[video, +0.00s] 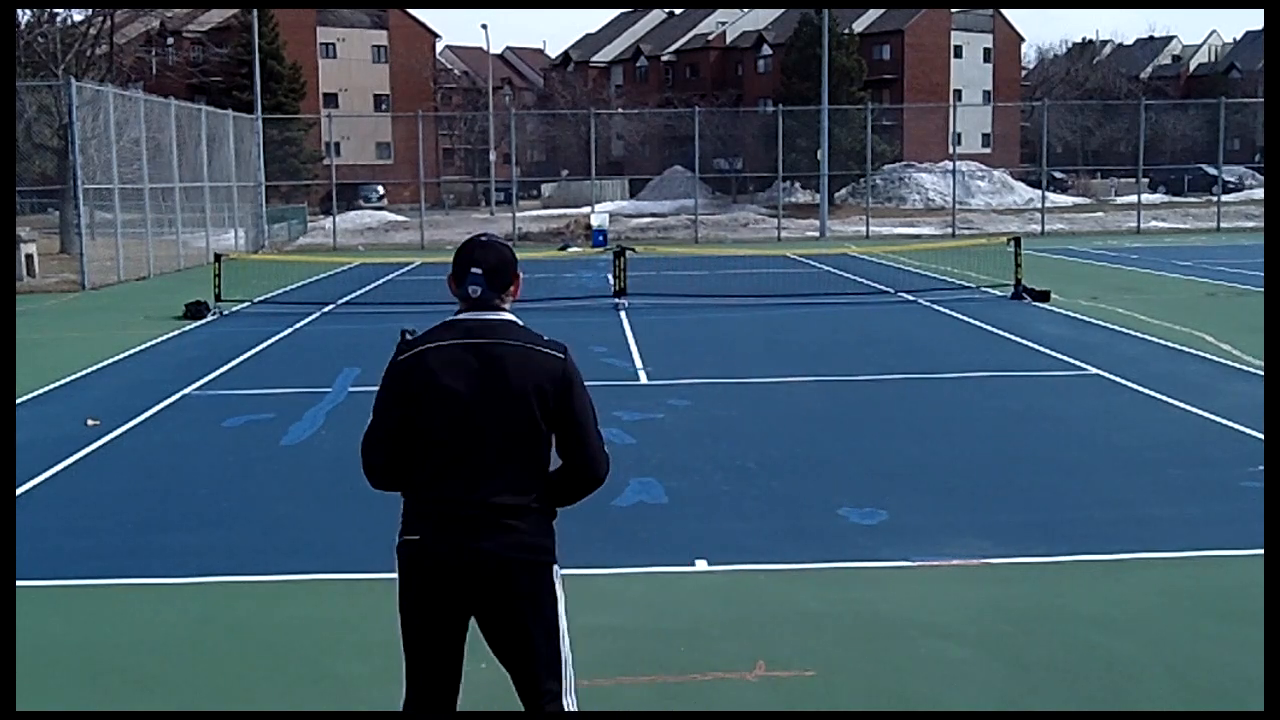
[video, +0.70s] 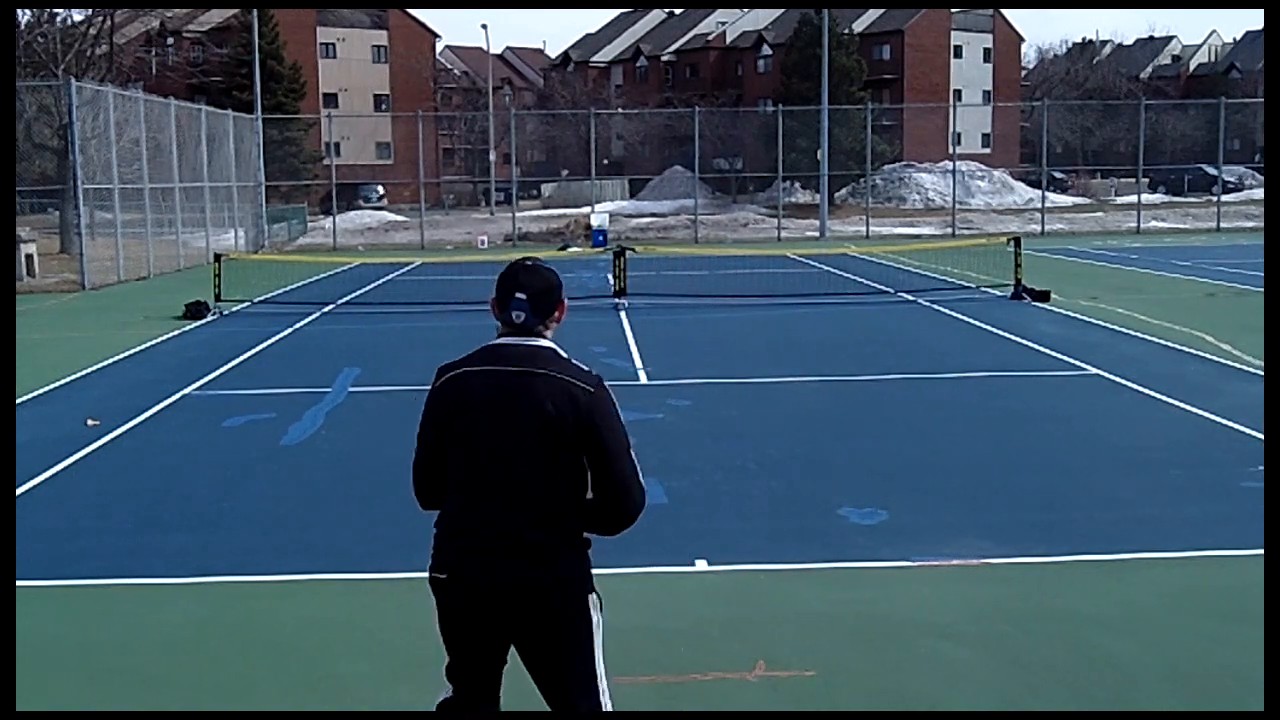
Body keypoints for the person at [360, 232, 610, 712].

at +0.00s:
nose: (517, 284)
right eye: (517, 279)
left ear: (453, 288)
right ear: (515, 286)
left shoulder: (411, 358)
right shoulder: (549, 359)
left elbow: (380, 469)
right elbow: (590, 466)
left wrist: (436, 474)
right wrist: (536, 497)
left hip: (430, 558)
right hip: (518, 559)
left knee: (427, 699)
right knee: (547, 697)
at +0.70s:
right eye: (561, 303)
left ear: (494, 309)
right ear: (559, 312)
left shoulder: (452, 380)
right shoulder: (583, 386)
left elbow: (429, 492)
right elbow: (623, 504)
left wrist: (486, 486)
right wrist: (569, 511)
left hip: (464, 580)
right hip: (553, 585)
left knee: (469, 698)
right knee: (583, 705)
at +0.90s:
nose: (523, 332)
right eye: (524, 325)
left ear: (460, 326)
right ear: (521, 332)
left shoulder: (418, 393)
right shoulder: (523, 407)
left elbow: (461, 478)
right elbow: (556, 536)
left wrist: (547, 458)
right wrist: (572, 515)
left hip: (418, 586)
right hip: (500, 594)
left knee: (466, 696)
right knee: (555, 703)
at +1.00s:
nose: (488, 334)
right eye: (488, 326)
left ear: (420, 327)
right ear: (482, 335)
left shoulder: (387, 392)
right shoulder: (461, 408)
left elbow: (447, 481)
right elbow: (492, 533)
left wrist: (527, 452)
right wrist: (546, 507)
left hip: (383, 590)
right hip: (451, 595)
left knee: (446, 705)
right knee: (521, 705)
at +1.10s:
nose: (451, 330)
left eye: (449, 320)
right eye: (452, 321)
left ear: (386, 323)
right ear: (444, 330)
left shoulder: (360, 380)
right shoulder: (406, 399)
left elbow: (440, 463)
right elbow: (443, 522)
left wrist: (510, 429)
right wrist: (514, 487)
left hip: (343, 587)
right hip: (392, 596)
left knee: (409, 705)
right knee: (480, 706)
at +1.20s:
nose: (416, 321)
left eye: (414, 311)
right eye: (417, 312)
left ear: (353, 309)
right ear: (411, 319)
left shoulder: (332, 361)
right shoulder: (363, 382)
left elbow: (417, 439)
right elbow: (395, 507)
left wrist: (480, 409)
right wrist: (485, 460)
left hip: (297, 572)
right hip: (332, 586)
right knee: (382, 705)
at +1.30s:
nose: (384, 329)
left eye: (384, 319)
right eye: (384, 321)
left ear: (322, 318)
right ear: (374, 330)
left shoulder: (307, 367)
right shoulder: (323, 388)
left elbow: (385, 437)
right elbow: (349, 508)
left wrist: (449, 410)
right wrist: (446, 448)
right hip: (267, 588)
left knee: (332, 692)